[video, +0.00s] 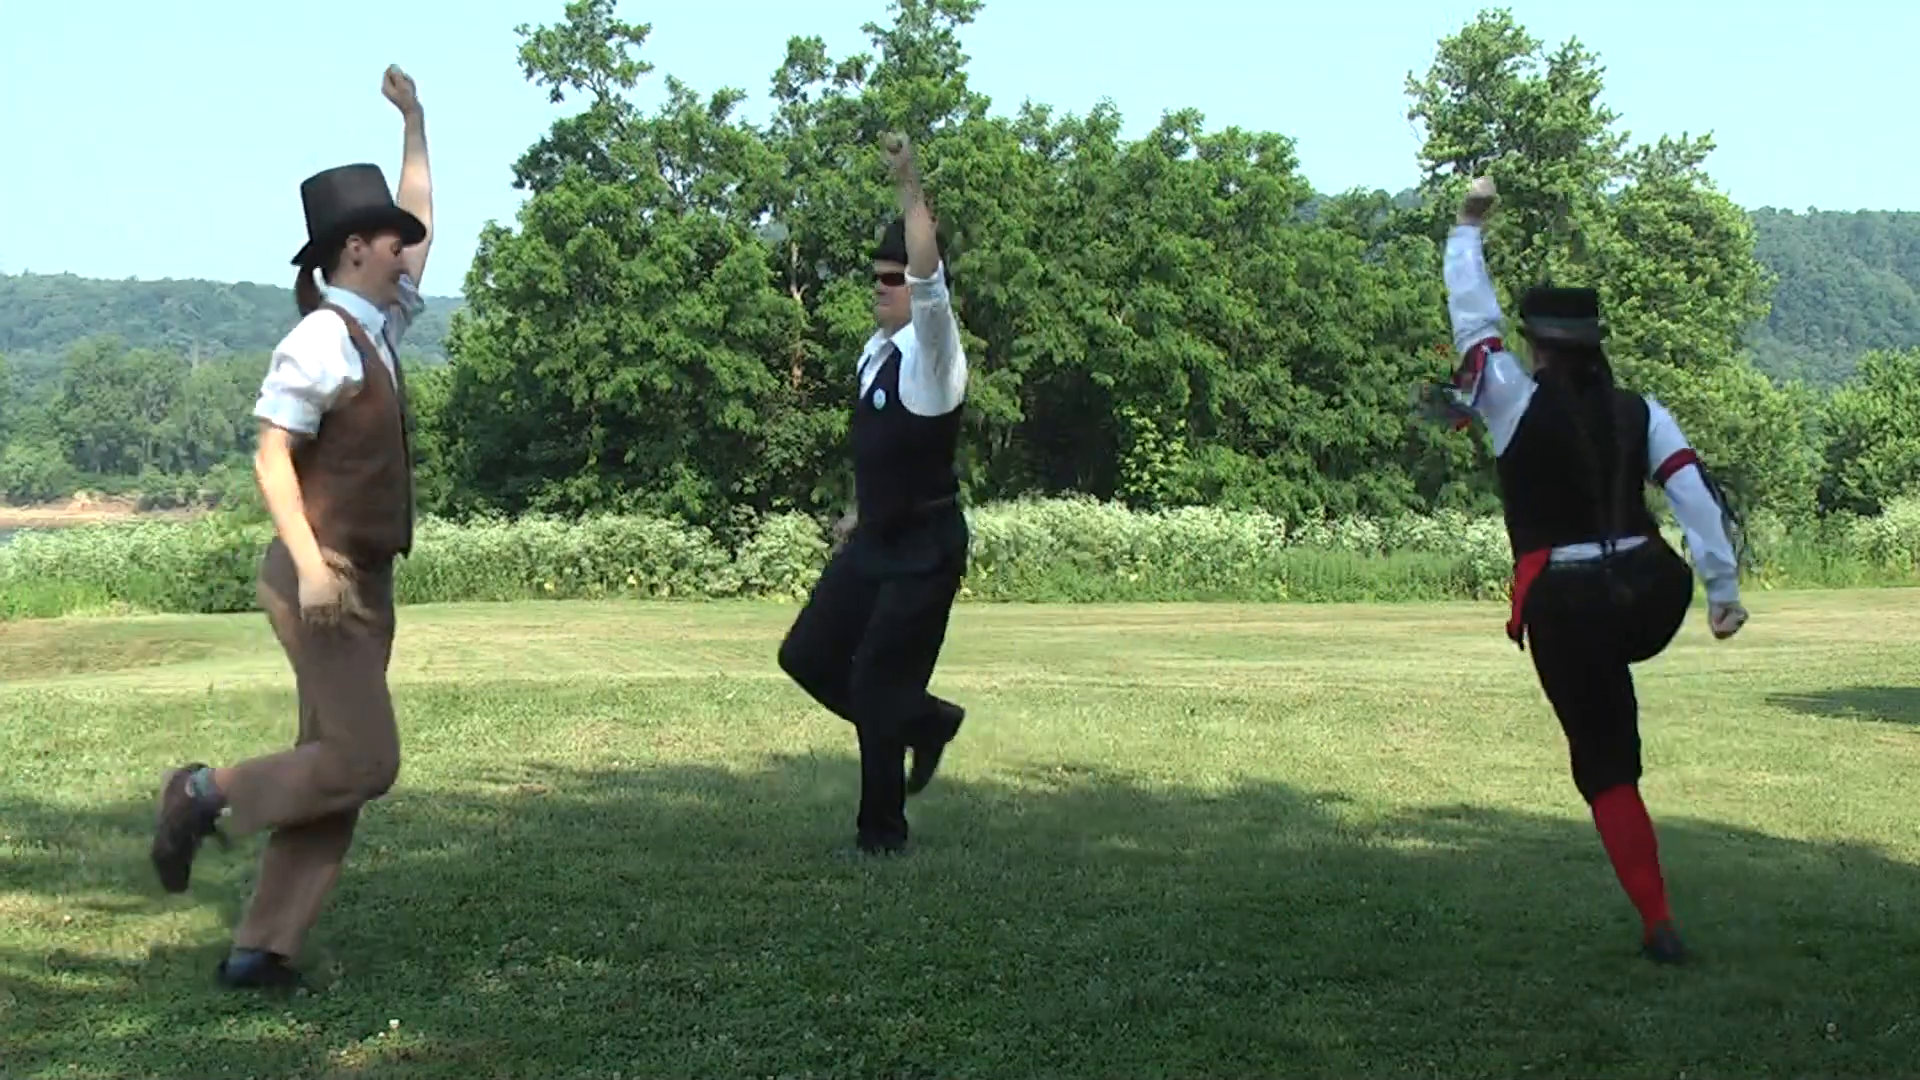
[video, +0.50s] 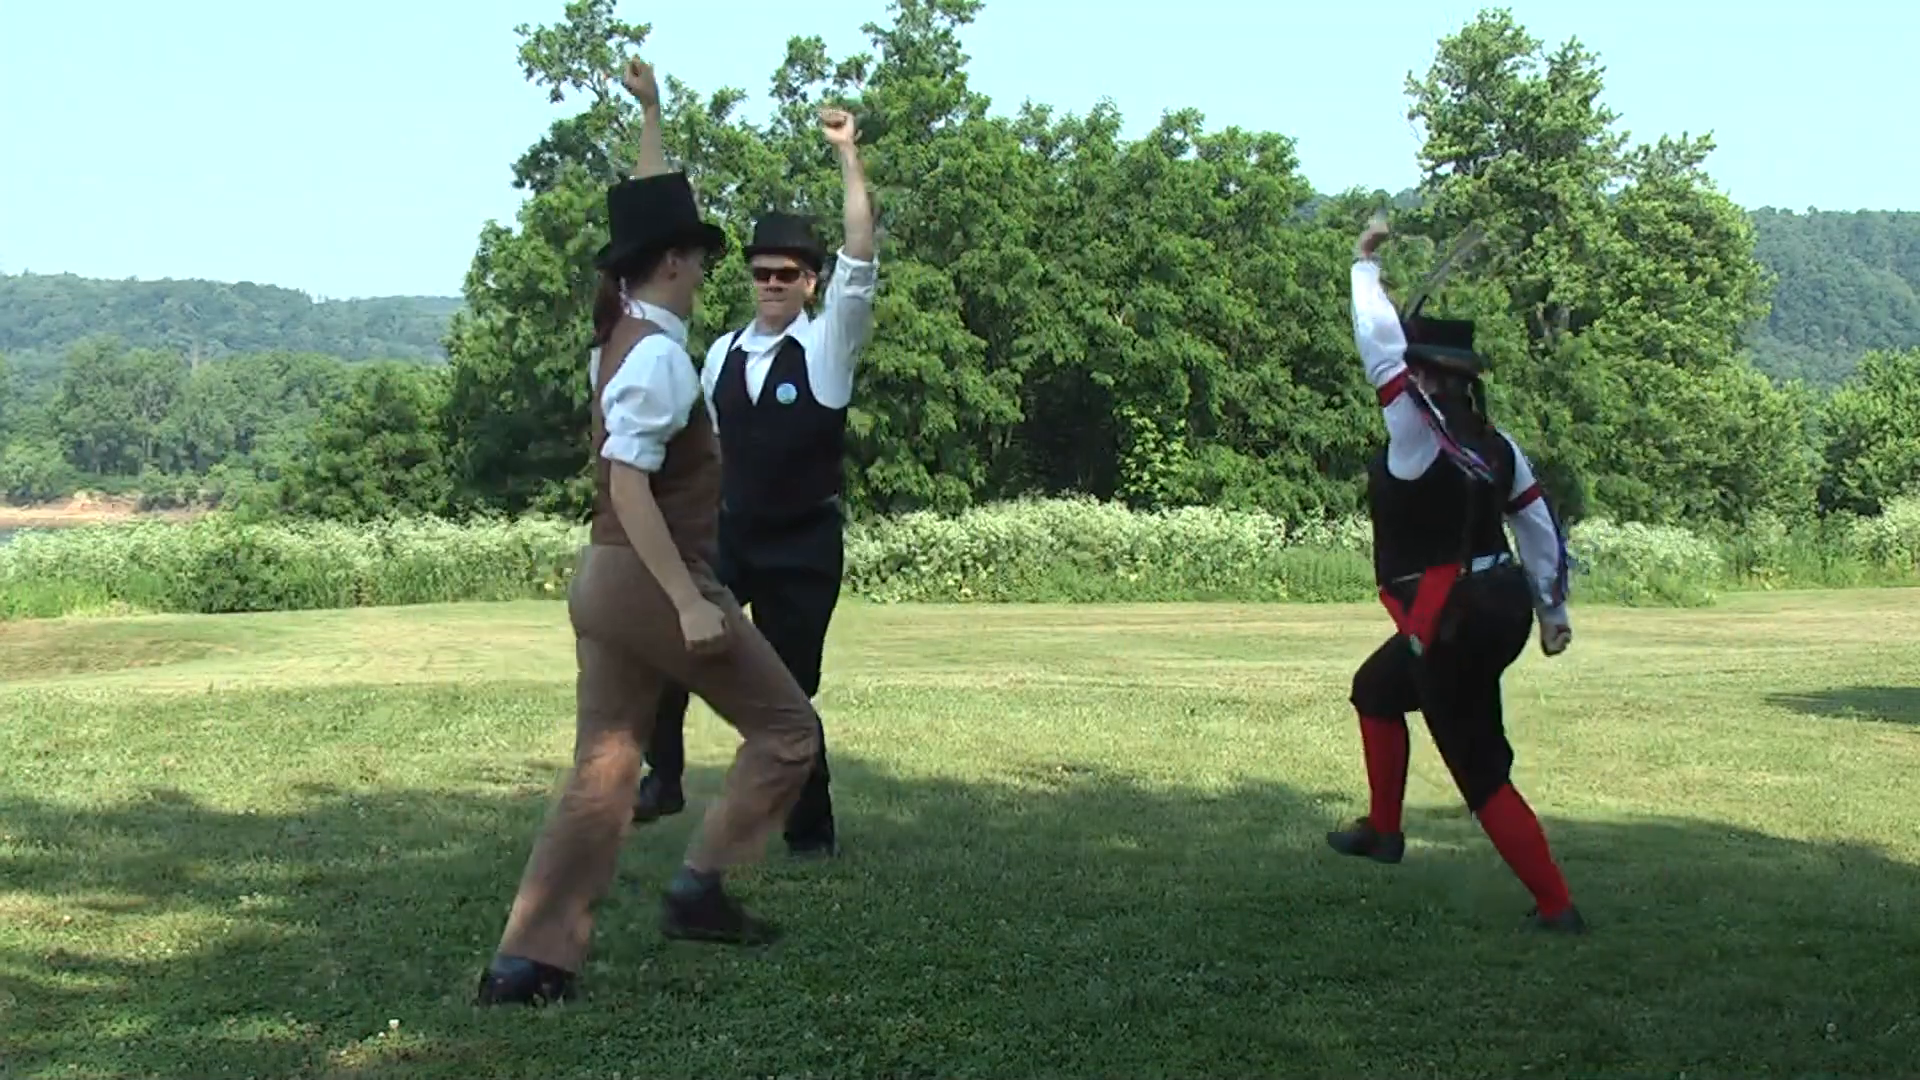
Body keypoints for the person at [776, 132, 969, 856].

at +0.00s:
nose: (880, 291)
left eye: (892, 282)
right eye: (876, 282)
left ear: (922, 289)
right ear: (876, 291)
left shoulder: (933, 356)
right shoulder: (875, 355)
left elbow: (926, 274)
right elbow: (882, 447)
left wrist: (911, 184)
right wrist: (862, 511)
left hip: (927, 544)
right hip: (873, 539)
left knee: (879, 688)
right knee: (805, 656)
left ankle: (881, 830)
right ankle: (928, 721)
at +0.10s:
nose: (860, 260)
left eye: (872, 249)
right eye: (853, 249)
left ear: (901, 255)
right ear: (847, 257)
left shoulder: (916, 321)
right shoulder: (853, 323)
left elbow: (913, 234)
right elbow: (860, 414)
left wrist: (890, 140)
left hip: (895, 514)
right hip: (833, 503)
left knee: (877, 676)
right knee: (749, 599)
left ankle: (884, 824)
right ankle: (834, 688)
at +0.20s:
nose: (840, 248)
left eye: (854, 237)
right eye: (834, 236)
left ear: (884, 243)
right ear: (825, 242)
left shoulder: (896, 307)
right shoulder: (820, 304)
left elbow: (901, 219)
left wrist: (880, 122)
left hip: (871, 501)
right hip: (808, 489)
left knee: (842, 663)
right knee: (729, 584)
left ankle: (857, 817)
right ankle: (781, 677)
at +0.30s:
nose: (820, 267)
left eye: (834, 256)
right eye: (811, 256)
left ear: (860, 263)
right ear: (798, 264)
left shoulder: (874, 324)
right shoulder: (786, 332)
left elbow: (889, 238)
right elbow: (780, 416)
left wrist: (877, 138)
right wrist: (778, 486)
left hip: (848, 521)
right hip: (783, 511)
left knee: (819, 681)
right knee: (714, 598)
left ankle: (814, 831)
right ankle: (745, 703)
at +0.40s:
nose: (799, 285)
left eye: (812, 274)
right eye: (788, 274)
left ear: (837, 280)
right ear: (775, 281)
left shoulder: (854, 346)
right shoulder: (756, 351)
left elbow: (879, 257)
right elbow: (738, 447)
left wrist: (865, 154)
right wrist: (725, 521)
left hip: (827, 541)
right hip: (759, 530)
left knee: (796, 699)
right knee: (694, 615)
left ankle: (812, 835)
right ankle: (697, 745)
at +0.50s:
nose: (775, 284)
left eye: (787, 274)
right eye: (764, 274)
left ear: (812, 280)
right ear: (749, 279)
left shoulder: (829, 344)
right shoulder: (724, 351)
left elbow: (860, 253)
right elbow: (691, 432)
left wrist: (848, 151)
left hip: (803, 539)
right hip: (725, 534)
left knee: (787, 694)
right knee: (659, 644)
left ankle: (810, 833)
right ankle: (661, 780)